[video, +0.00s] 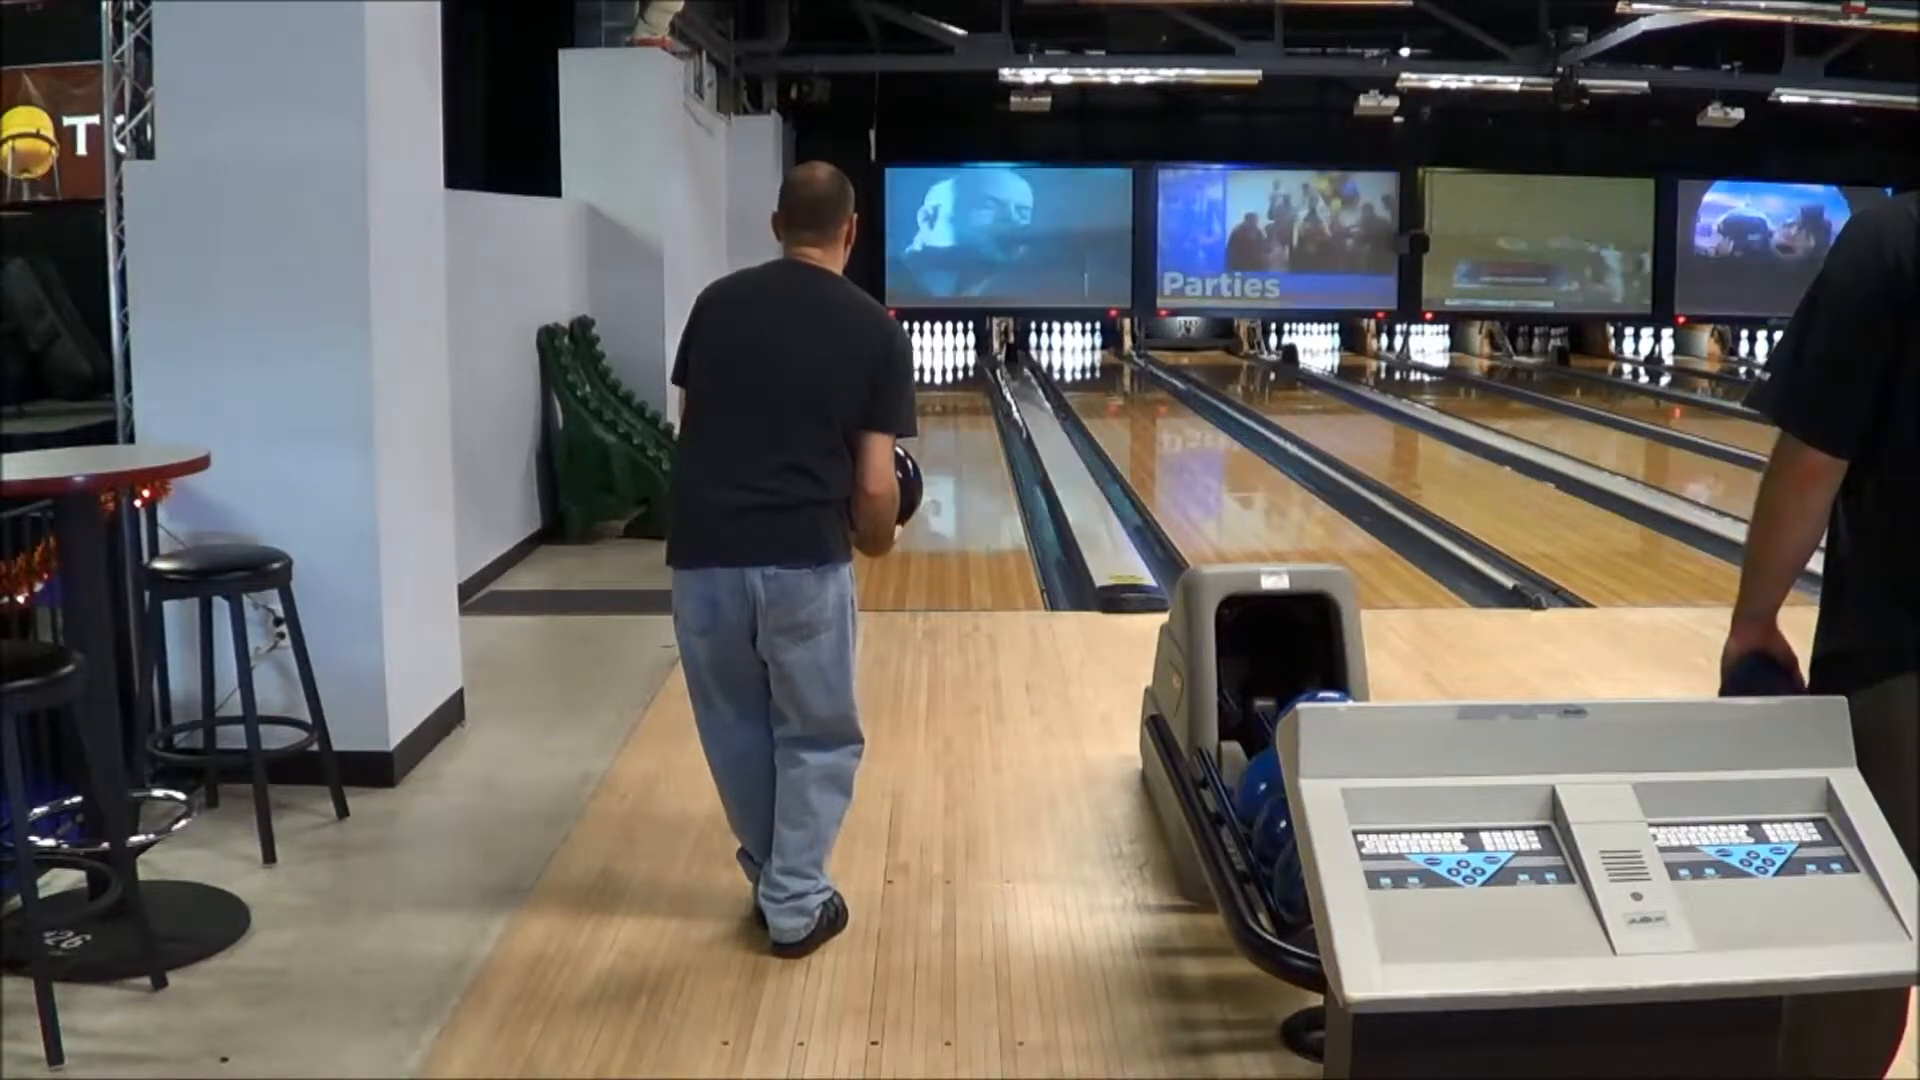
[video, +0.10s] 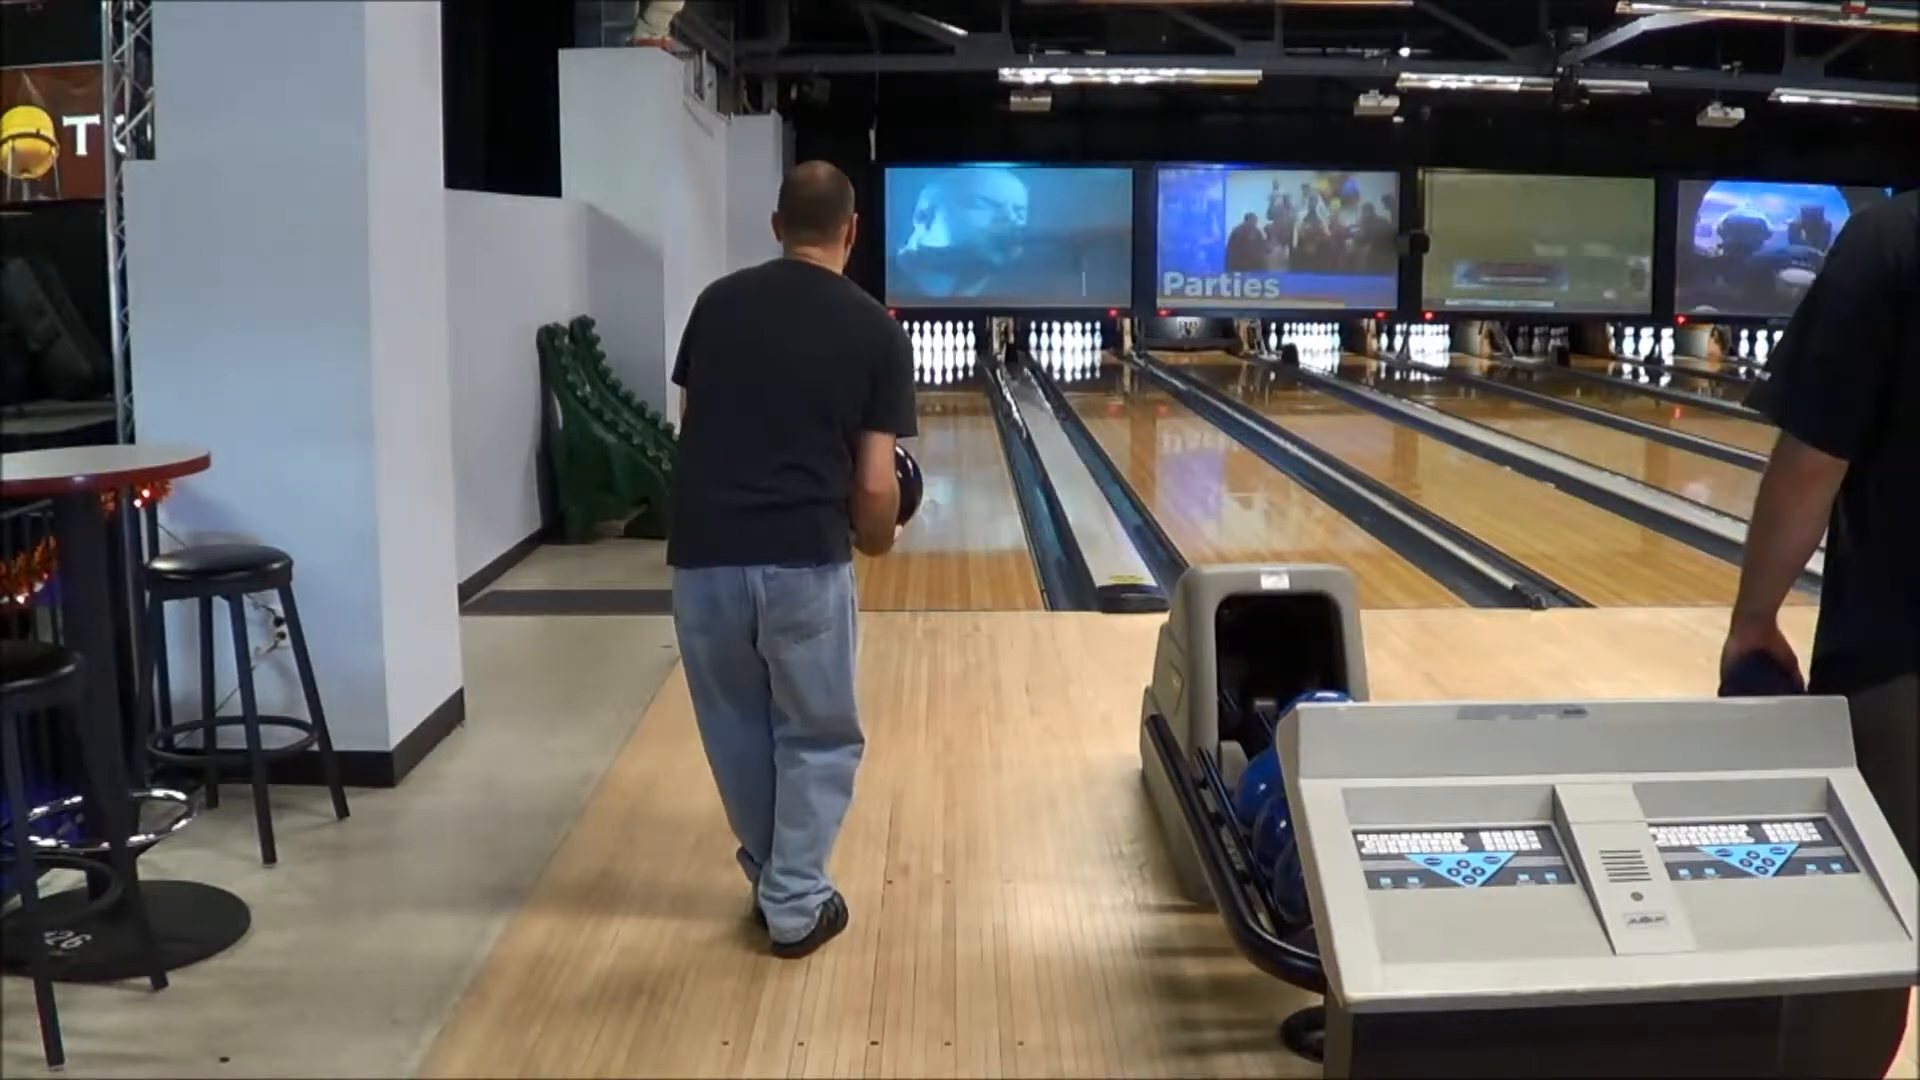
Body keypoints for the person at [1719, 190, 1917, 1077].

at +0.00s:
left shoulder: (1890, 240)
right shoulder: (1885, 240)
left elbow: (1813, 453)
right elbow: (1814, 453)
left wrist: (1754, 620)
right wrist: (1758, 620)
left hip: (1891, 669)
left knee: (1863, 938)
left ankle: (1834, 1061)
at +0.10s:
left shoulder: (1890, 239)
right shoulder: (1885, 238)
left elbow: (1812, 456)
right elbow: (1813, 456)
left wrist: (1754, 618)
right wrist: (1758, 618)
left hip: (1891, 670)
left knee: (1866, 939)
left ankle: (1838, 1060)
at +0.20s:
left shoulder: (1890, 239)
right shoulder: (1885, 239)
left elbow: (1813, 455)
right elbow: (1813, 455)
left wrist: (1753, 620)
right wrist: (1758, 620)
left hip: (1892, 669)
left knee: (1869, 937)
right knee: (1864, 934)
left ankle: (1839, 1062)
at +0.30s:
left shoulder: (1890, 239)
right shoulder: (1885, 239)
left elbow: (1813, 457)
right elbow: (1814, 457)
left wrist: (1754, 619)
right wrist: (1758, 619)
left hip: (1891, 668)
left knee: (1870, 935)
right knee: (1865, 933)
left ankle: (1842, 1061)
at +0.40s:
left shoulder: (1891, 237)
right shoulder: (1885, 237)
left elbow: (1813, 459)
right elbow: (1814, 459)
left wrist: (1756, 621)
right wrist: (1761, 621)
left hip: (1893, 668)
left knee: (1869, 935)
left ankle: (1841, 1059)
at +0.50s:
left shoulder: (1890, 241)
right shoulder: (1886, 241)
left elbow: (1813, 460)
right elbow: (1814, 460)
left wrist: (1759, 623)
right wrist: (1763, 624)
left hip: (1893, 671)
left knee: (1869, 936)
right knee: (1864, 933)